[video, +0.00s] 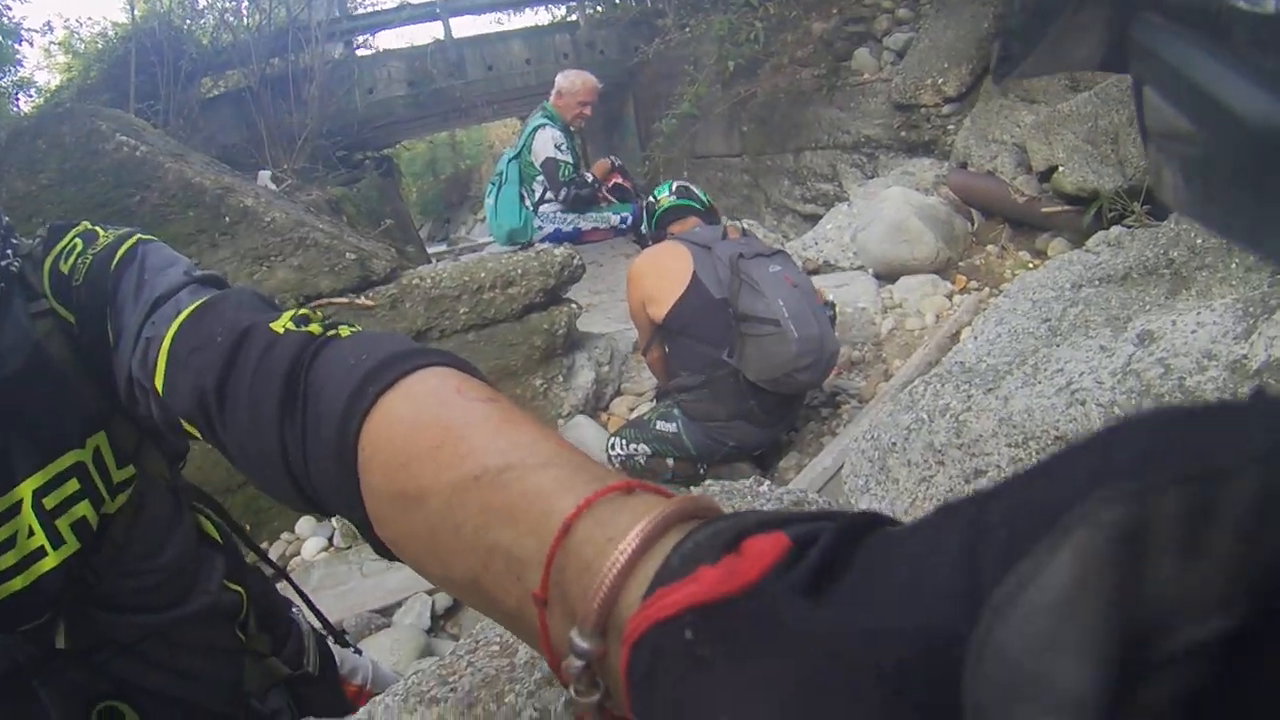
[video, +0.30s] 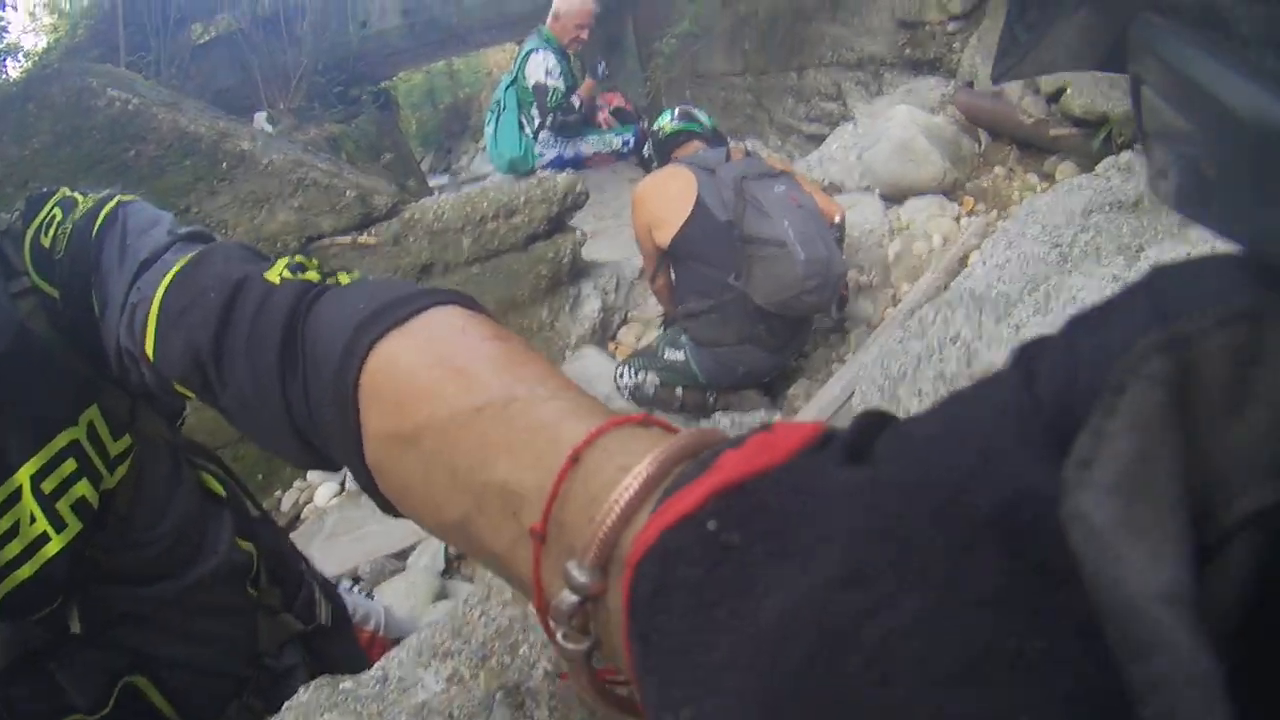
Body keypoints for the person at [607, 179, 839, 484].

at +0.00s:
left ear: (652, 231)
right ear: (711, 214)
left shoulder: (646, 266)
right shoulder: (745, 240)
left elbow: (654, 356)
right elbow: (819, 303)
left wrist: (674, 394)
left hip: (721, 425)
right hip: (784, 408)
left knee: (621, 448)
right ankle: (768, 449)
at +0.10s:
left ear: (645, 165)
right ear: (704, 147)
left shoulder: (640, 200)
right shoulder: (741, 173)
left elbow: (648, 287)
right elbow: (815, 226)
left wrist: (665, 327)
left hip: (720, 358)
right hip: (784, 339)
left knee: (618, 380)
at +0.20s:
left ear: (673, 123)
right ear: (729, 104)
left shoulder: (665, 158)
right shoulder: (773, 130)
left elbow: (673, 246)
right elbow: (849, 181)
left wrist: (691, 284)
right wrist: (841, 256)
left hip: (745, 319)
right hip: (808, 298)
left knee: (643, 342)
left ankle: (749, 368)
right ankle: (790, 342)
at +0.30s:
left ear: (658, 154)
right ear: (713, 136)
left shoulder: (650, 191)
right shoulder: (759, 162)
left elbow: (658, 282)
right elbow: (834, 215)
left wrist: (675, 320)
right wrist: (833, 282)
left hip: (725, 354)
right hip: (794, 334)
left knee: (630, 376)